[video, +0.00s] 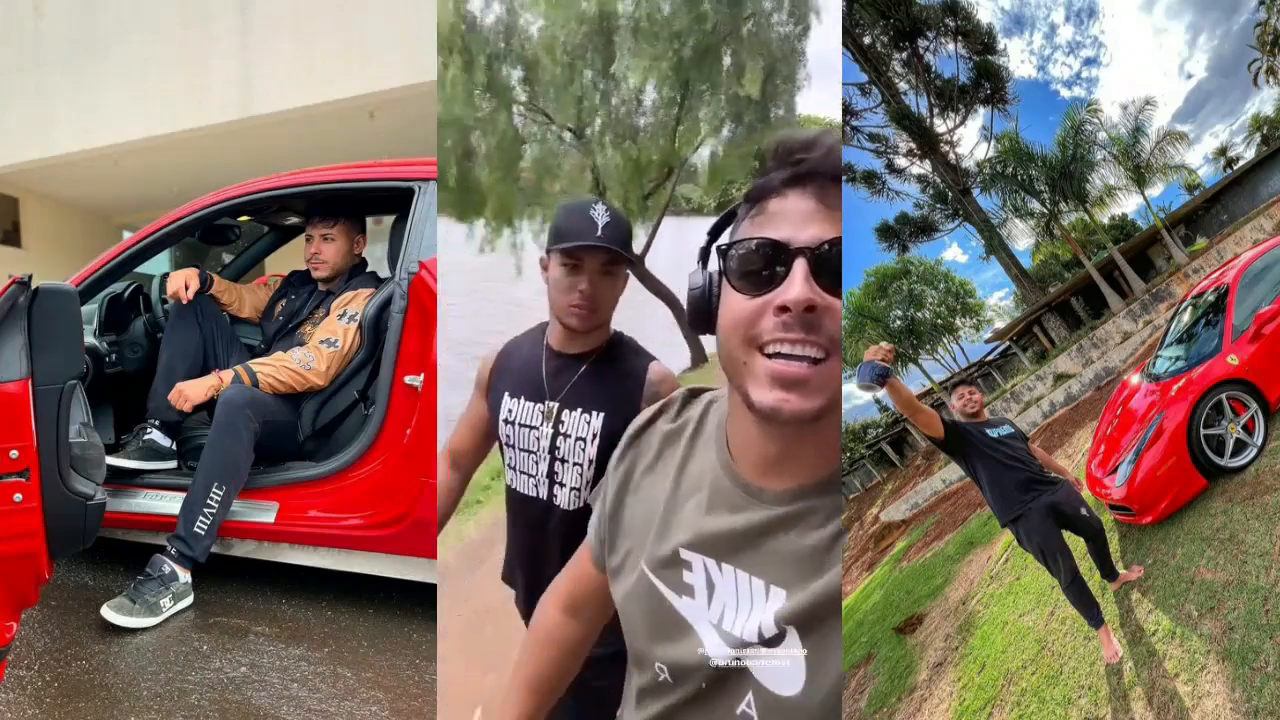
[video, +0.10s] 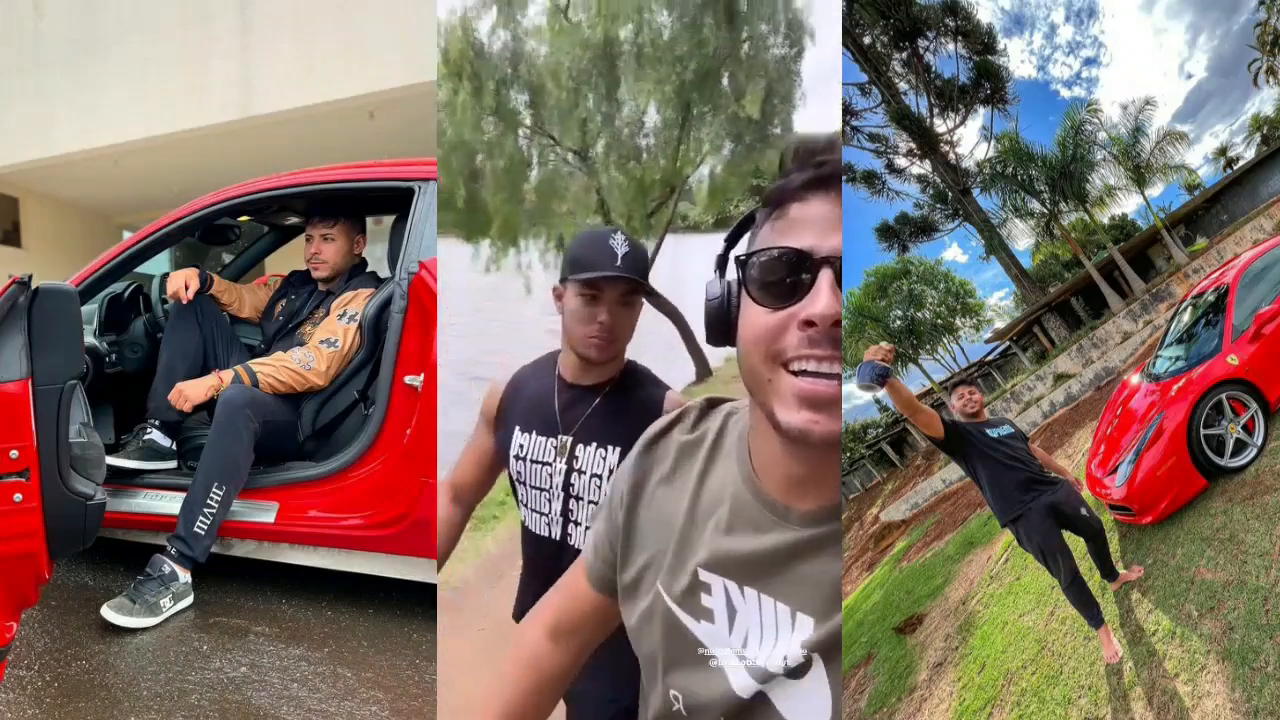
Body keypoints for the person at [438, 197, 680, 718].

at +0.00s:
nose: (586, 288)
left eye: (606, 272)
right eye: (572, 267)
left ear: (625, 280)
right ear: (545, 269)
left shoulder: (650, 384)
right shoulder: (509, 362)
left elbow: (664, 500)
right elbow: (455, 464)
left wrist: (649, 589)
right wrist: (410, 544)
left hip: (607, 602)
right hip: (531, 590)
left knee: (588, 708)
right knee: (549, 700)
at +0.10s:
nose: (605, 318)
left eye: (625, 301)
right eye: (589, 297)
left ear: (641, 310)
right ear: (559, 299)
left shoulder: (664, 416)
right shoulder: (517, 393)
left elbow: (682, 530)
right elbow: (455, 497)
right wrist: (407, 579)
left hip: (620, 621)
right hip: (538, 614)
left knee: (606, 712)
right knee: (522, 707)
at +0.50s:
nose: (631, 293)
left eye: (654, 271)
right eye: (612, 268)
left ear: (673, 280)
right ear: (579, 271)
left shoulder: (702, 409)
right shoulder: (544, 371)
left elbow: (711, 556)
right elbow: (516, 475)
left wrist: (683, 691)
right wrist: (486, 571)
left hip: (629, 676)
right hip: (530, 647)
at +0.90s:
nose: (599, 290)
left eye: (622, 262)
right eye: (574, 263)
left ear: (645, 263)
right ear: (537, 265)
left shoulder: (691, 409)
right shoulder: (512, 376)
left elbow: (704, 577)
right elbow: (483, 500)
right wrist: (450, 608)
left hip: (613, 698)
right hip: (507, 680)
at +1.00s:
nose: (613, 292)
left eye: (636, 267)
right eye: (591, 265)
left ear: (658, 270)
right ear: (552, 265)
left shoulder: (702, 408)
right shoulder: (521, 378)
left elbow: (725, 571)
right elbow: (463, 513)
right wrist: (406, 626)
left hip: (631, 691)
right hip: (525, 672)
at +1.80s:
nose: (584, 314)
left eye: (607, 292)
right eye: (564, 289)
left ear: (636, 286)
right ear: (536, 278)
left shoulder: (668, 399)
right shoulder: (513, 355)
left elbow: (675, 572)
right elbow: (475, 471)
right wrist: (430, 583)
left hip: (598, 687)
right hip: (493, 661)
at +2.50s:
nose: (635, 292)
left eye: (658, 265)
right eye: (611, 264)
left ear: (676, 267)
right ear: (572, 264)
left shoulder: (718, 401)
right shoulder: (522, 366)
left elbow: (723, 583)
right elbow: (468, 499)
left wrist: (593, 678)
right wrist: (480, 605)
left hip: (659, 698)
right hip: (536, 683)